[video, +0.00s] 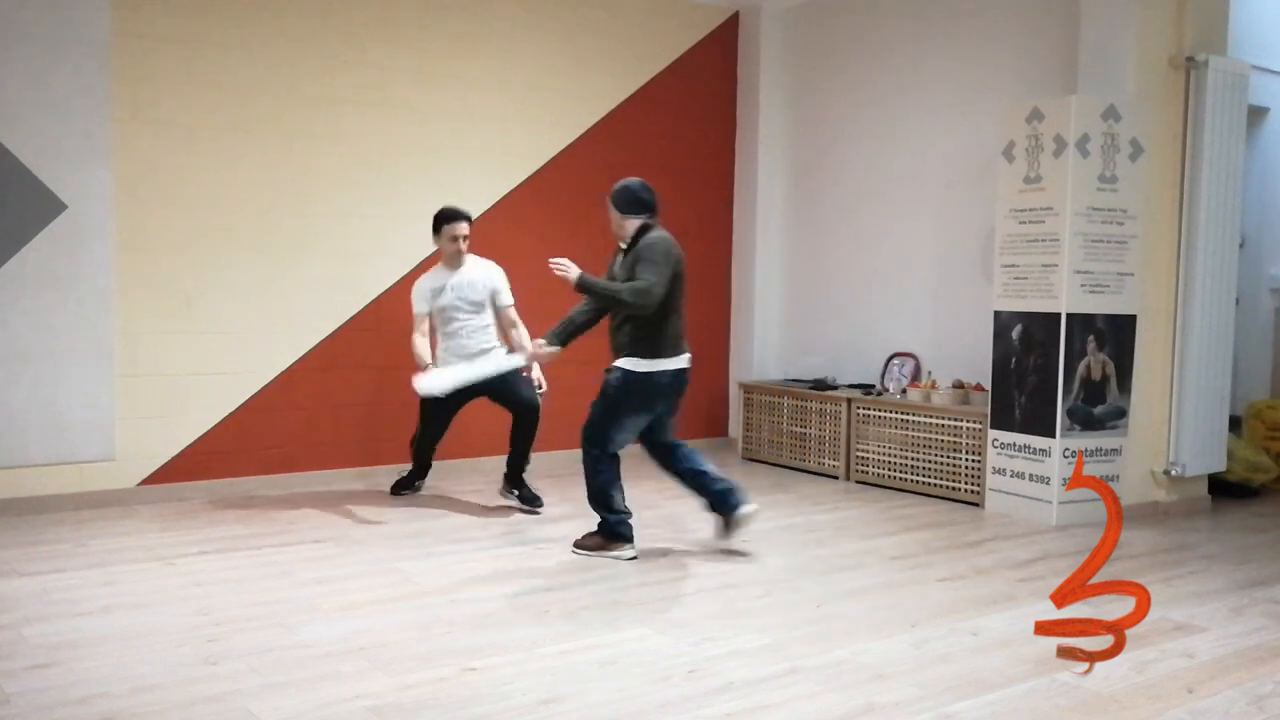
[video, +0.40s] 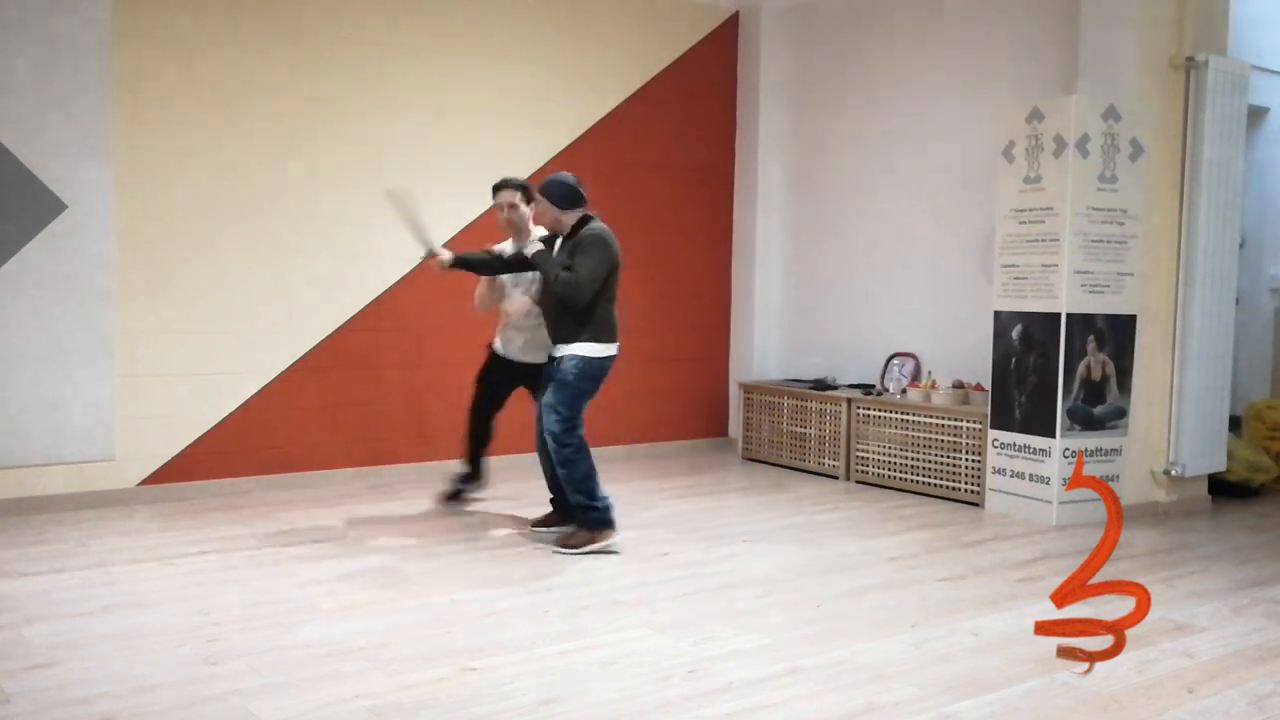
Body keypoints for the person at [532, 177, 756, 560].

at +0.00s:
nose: (609, 219)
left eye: (612, 212)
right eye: (609, 212)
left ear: (625, 213)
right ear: (641, 211)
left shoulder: (658, 245)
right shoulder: (628, 253)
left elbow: (645, 296)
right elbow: (599, 303)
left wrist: (583, 281)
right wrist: (555, 340)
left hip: (643, 371)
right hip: (664, 369)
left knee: (598, 440)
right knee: (658, 441)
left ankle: (614, 531)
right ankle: (727, 500)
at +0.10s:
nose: (588, 215)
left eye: (590, 208)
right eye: (589, 208)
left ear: (605, 210)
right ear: (616, 209)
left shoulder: (636, 242)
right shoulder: (607, 246)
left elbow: (621, 301)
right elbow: (588, 292)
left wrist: (566, 281)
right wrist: (561, 320)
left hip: (633, 362)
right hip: (623, 360)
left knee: (591, 443)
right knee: (617, 436)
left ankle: (615, 530)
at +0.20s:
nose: (569, 214)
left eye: (572, 207)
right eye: (570, 207)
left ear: (587, 208)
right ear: (595, 207)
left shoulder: (618, 237)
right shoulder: (589, 243)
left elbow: (601, 293)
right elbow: (570, 273)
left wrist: (562, 286)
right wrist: (553, 280)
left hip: (618, 357)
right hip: (601, 355)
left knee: (585, 442)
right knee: (585, 436)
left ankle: (615, 530)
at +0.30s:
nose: (555, 215)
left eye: (558, 208)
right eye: (555, 209)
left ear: (574, 208)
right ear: (580, 208)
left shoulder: (605, 240)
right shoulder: (573, 242)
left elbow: (586, 293)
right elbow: (542, 271)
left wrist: (547, 264)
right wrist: (503, 267)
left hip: (601, 357)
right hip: (579, 356)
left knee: (568, 436)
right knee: (554, 433)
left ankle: (613, 524)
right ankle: (569, 511)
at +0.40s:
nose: (536, 212)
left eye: (541, 205)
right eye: (536, 206)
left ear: (562, 208)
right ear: (559, 209)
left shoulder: (596, 241)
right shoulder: (559, 241)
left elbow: (575, 292)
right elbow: (509, 263)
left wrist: (539, 256)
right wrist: (455, 259)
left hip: (588, 352)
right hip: (565, 351)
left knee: (559, 426)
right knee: (549, 430)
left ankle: (596, 521)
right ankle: (567, 510)